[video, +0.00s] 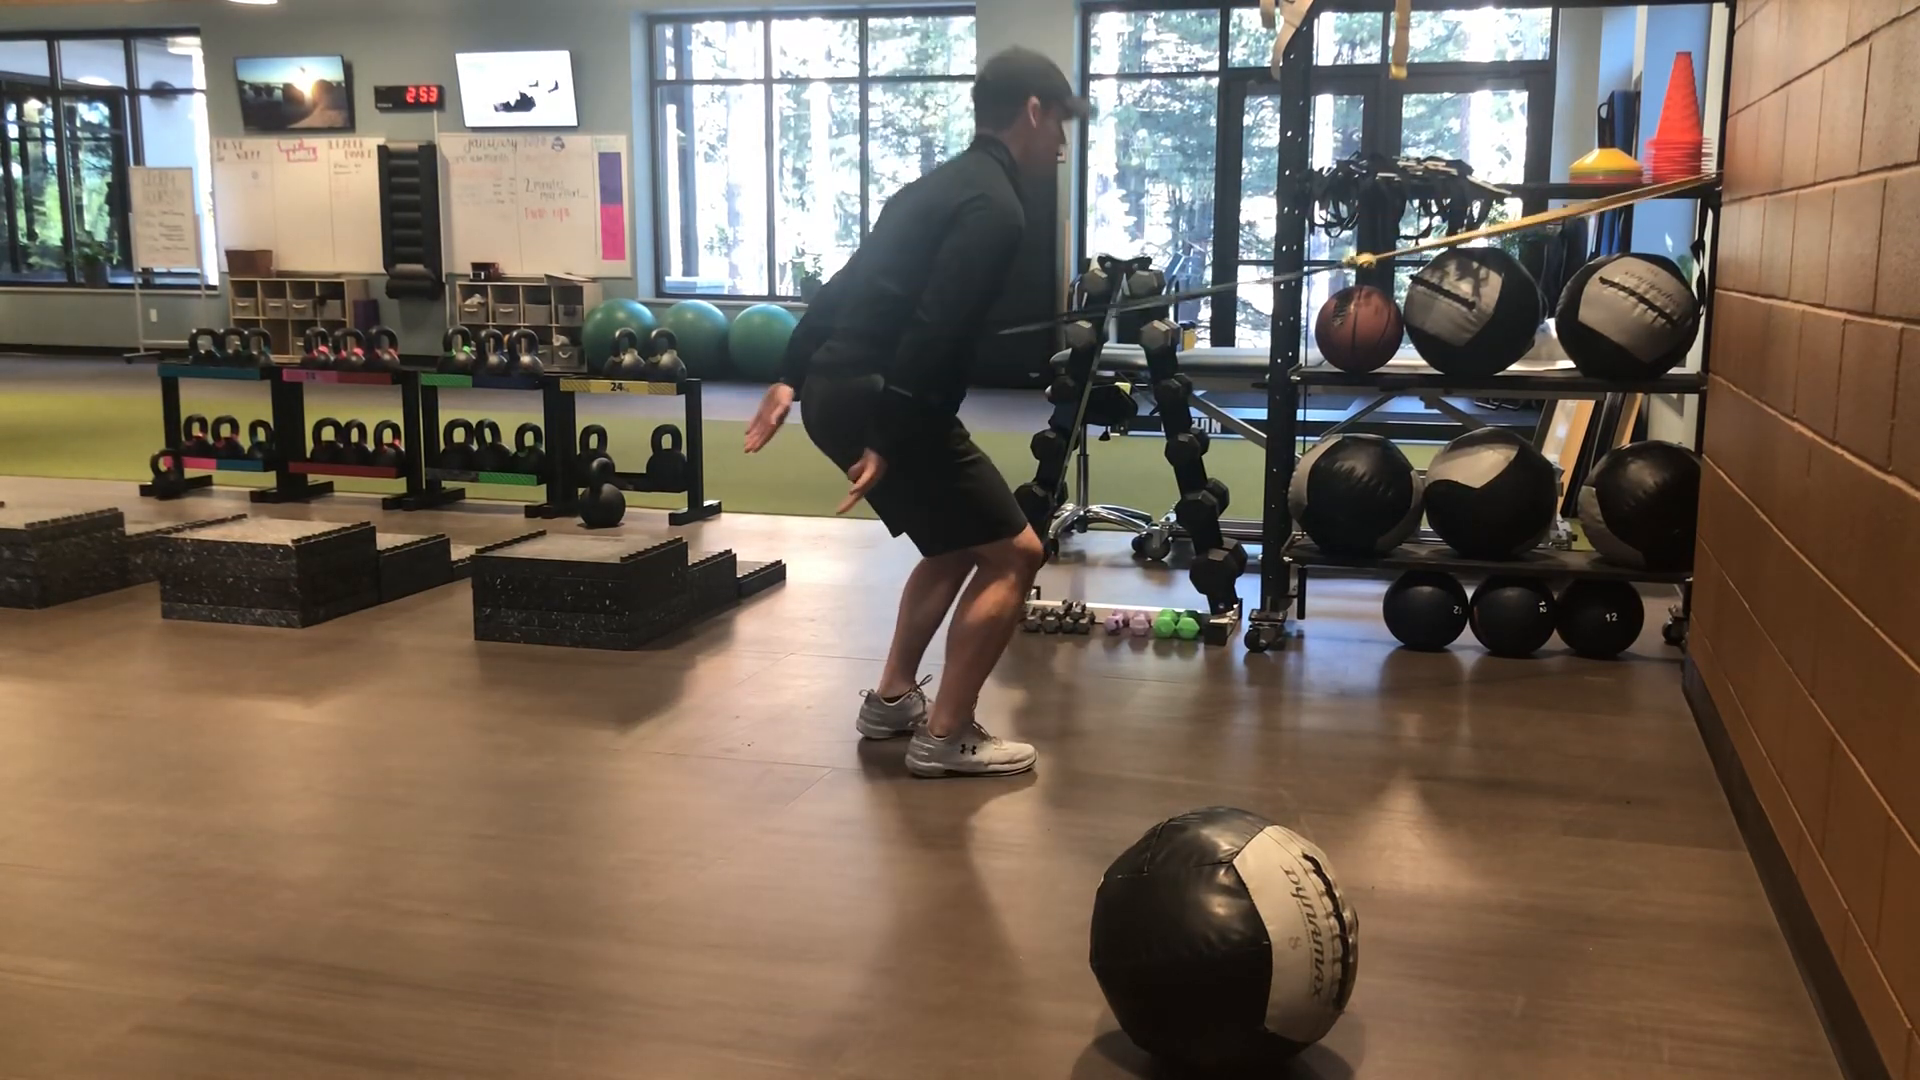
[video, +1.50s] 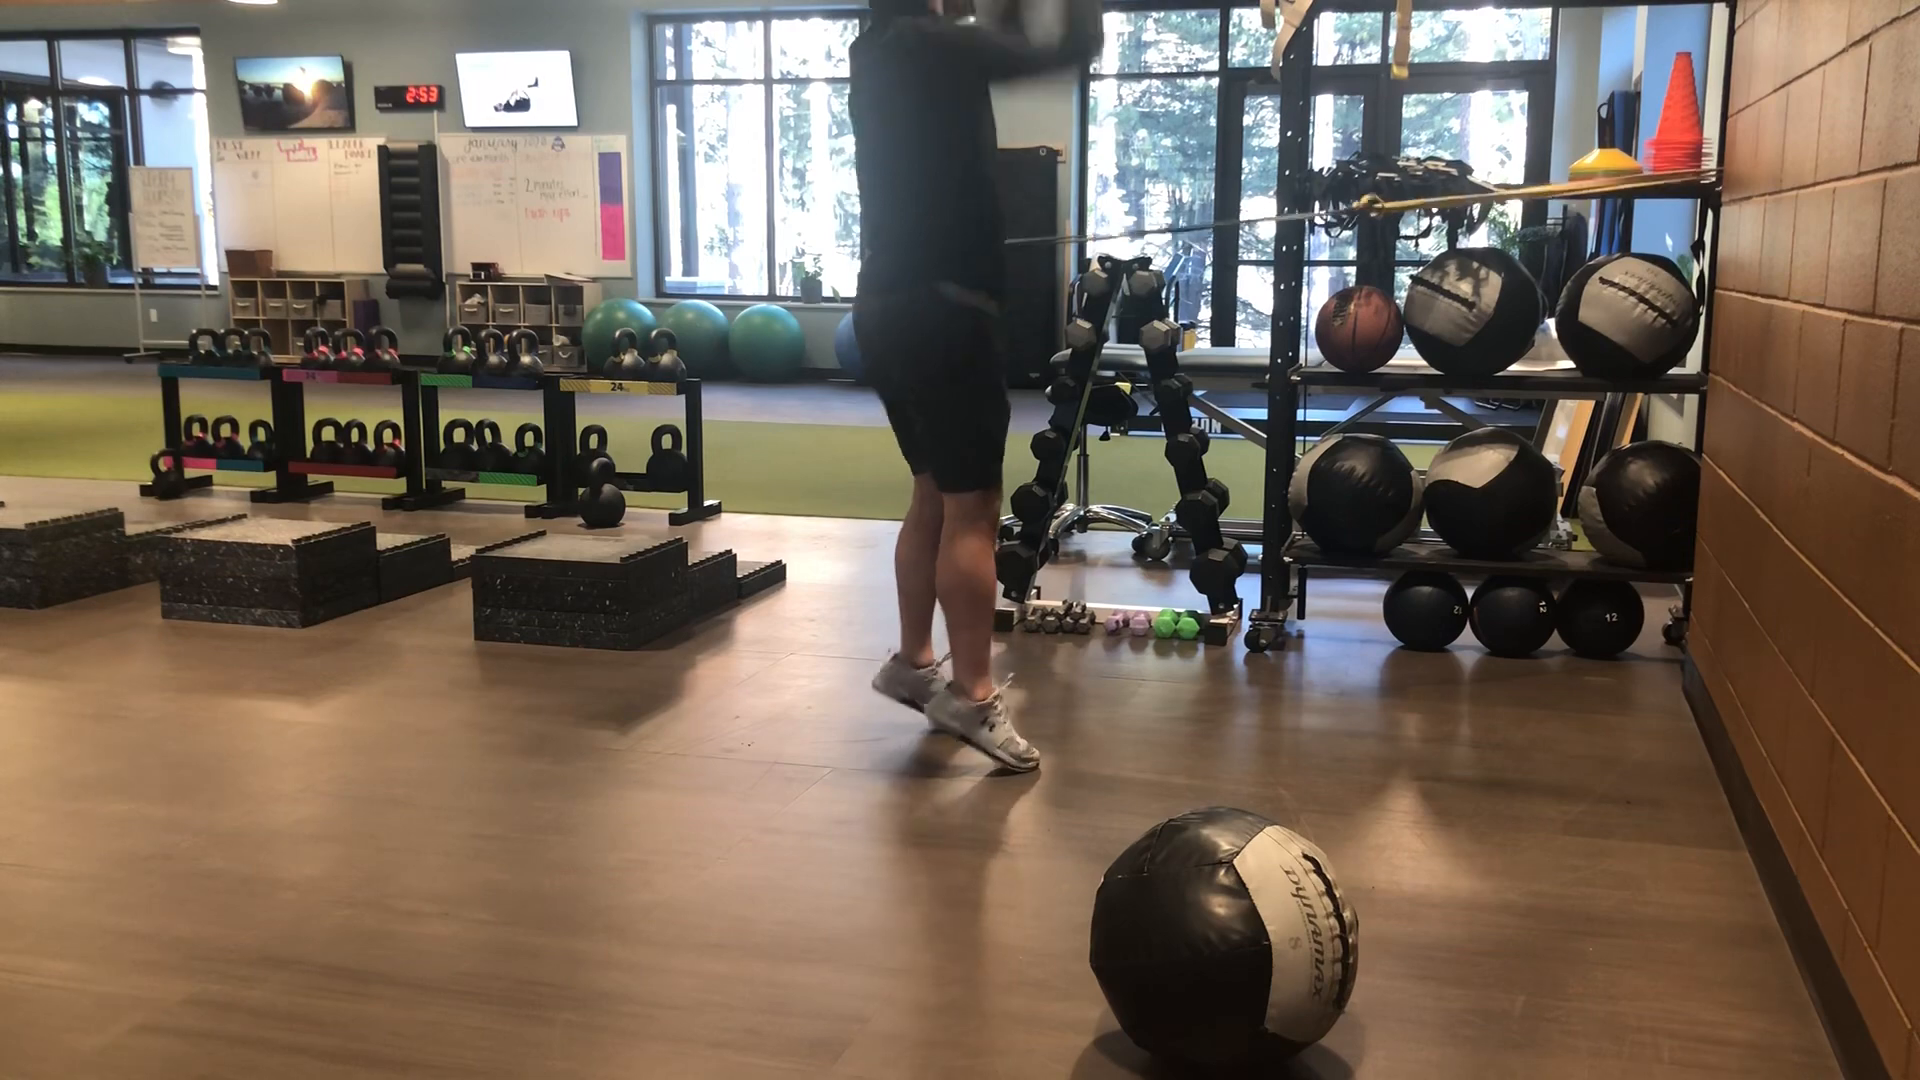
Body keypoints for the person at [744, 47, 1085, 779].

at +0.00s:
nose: (1064, 140)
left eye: (1065, 124)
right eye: (1060, 122)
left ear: (1001, 116)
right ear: (1029, 114)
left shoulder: (932, 185)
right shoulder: (995, 207)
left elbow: (849, 282)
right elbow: (939, 326)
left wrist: (791, 376)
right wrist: (890, 438)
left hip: (832, 386)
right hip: (884, 395)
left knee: (952, 542)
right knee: (1015, 553)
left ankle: (892, 698)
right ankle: (948, 732)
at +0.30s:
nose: (1012, 40)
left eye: (1013, 25)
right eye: (1010, 23)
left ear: (951, 20)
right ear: (980, 17)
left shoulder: (893, 105)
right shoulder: (957, 118)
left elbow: (862, 247)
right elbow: (948, 264)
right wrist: (967, 393)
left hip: (862, 348)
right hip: (913, 352)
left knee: (935, 529)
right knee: (975, 542)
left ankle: (889, 695)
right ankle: (944, 734)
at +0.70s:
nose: (981, 19)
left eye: (979, 8)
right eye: (977, 6)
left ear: (910, 14)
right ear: (949, 8)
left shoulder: (864, 104)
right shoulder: (941, 105)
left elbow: (899, 242)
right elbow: (965, 248)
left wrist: (980, 312)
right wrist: (1039, 338)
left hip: (871, 337)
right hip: (931, 343)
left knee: (891, 521)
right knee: (949, 538)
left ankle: (885, 697)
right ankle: (944, 729)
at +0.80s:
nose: (979, 17)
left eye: (977, 8)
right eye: (975, 6)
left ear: (906, 14)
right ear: (949, 7)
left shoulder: (866, 103)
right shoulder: (941, 103)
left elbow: (900, 232)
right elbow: (984, 231)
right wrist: (1079, 295)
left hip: (873, 337)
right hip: (935, 344)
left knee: (895, 521)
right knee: (948, 537)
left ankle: (885, 696)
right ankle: (943, 730)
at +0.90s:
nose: (980, 16)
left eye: (976, 6)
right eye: (976, 5)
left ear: (912, 13)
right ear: (949, 6)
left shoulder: (872, 96)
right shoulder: (946, 102)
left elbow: (956, 179)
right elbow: (1032, 205)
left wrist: (1045, 169)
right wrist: (1120, 182)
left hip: (876, 338)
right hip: (935, 346)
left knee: (902, 526)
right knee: (947, 543)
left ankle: (885, 700)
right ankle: (943, 731)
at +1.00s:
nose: (979, 13)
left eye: (975, 2)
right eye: (973, 2)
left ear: (906, 11)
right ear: (945, 5)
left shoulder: (875, 88)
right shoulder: (947, 91)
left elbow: (995, 139)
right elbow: (1079, 136)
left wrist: (1057, 79)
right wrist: (1123, 72)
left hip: (882, 335)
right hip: (941, 342)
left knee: (909, 522)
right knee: (949, 541)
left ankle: (890, 694)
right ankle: (944, 730)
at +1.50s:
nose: (967, 11)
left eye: (965, 7)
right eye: (962, 4)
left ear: (891, 1)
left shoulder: (871, 52)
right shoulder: (939, 43)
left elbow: (995, 49)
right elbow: (1072, 46)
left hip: (888, 302)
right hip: (946, 304)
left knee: (933, 493)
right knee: (973, 508)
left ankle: (912, 658)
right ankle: (973, 698)